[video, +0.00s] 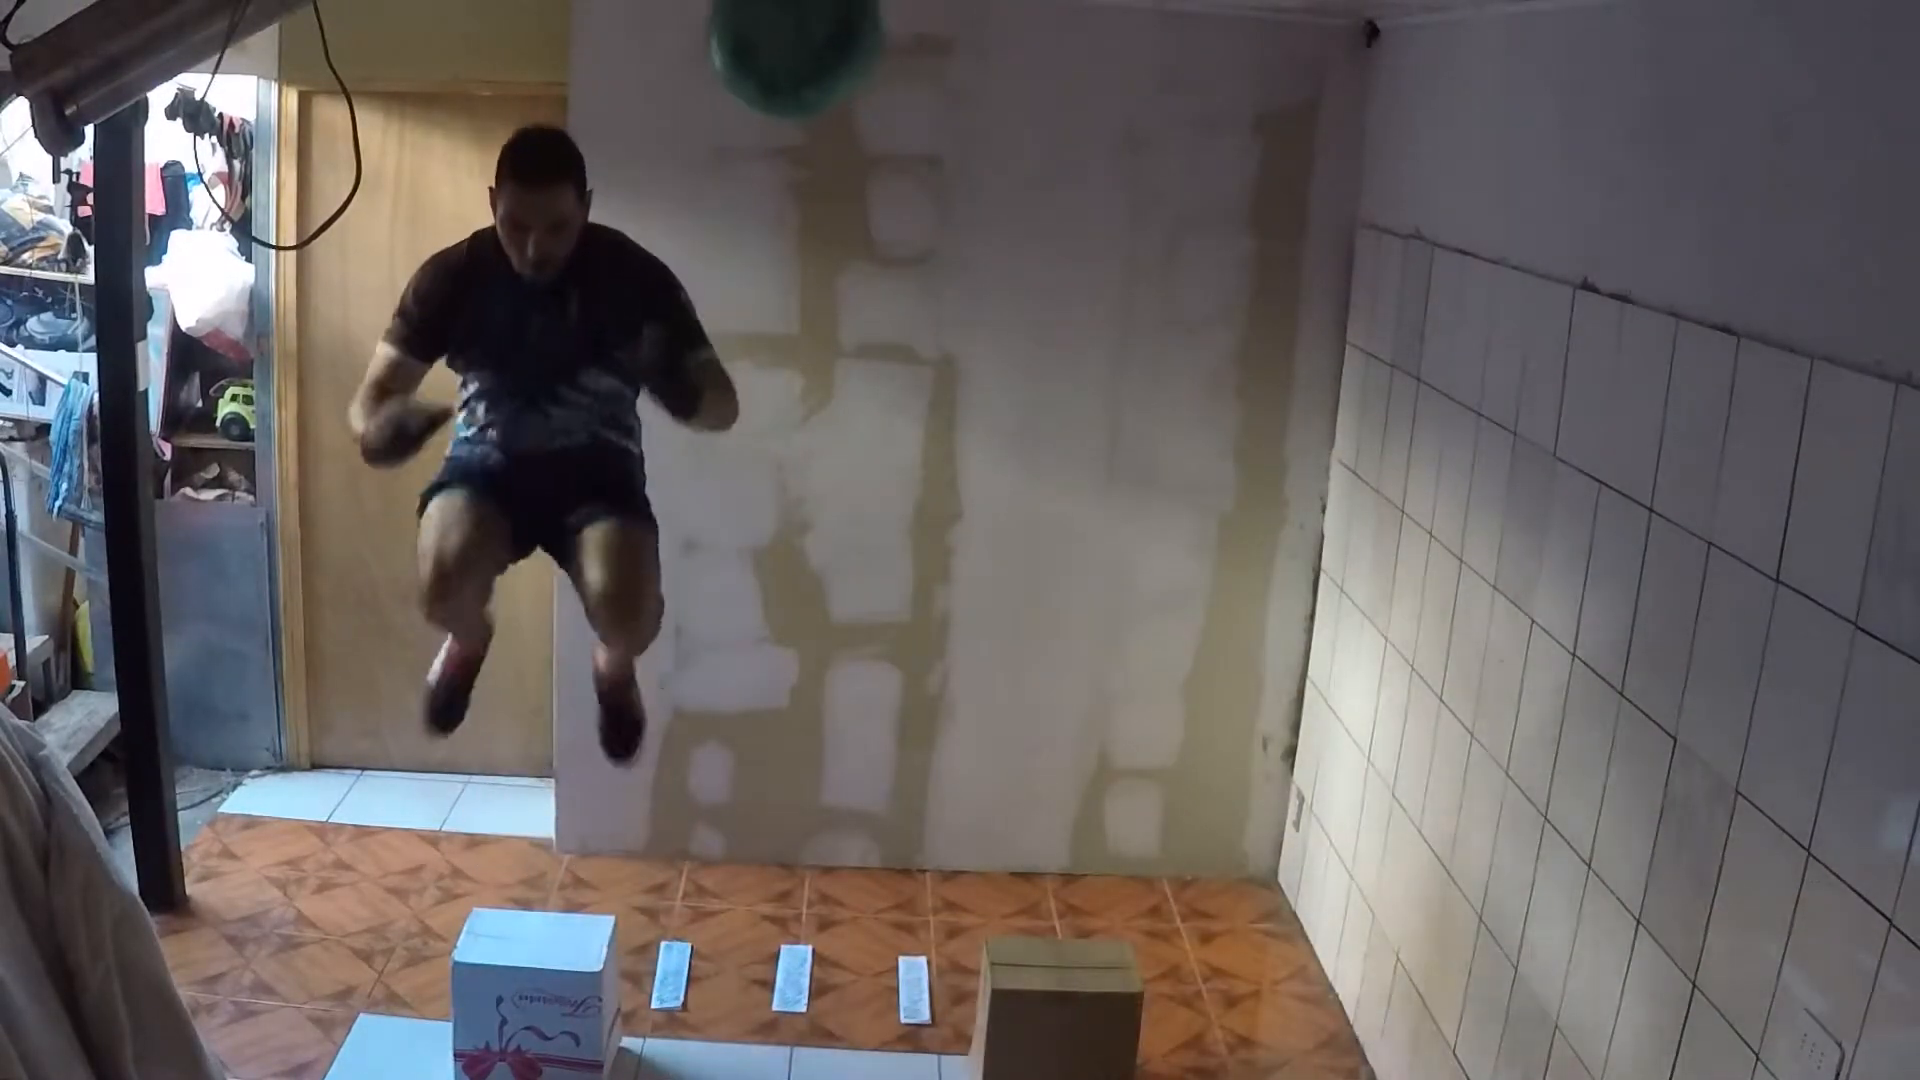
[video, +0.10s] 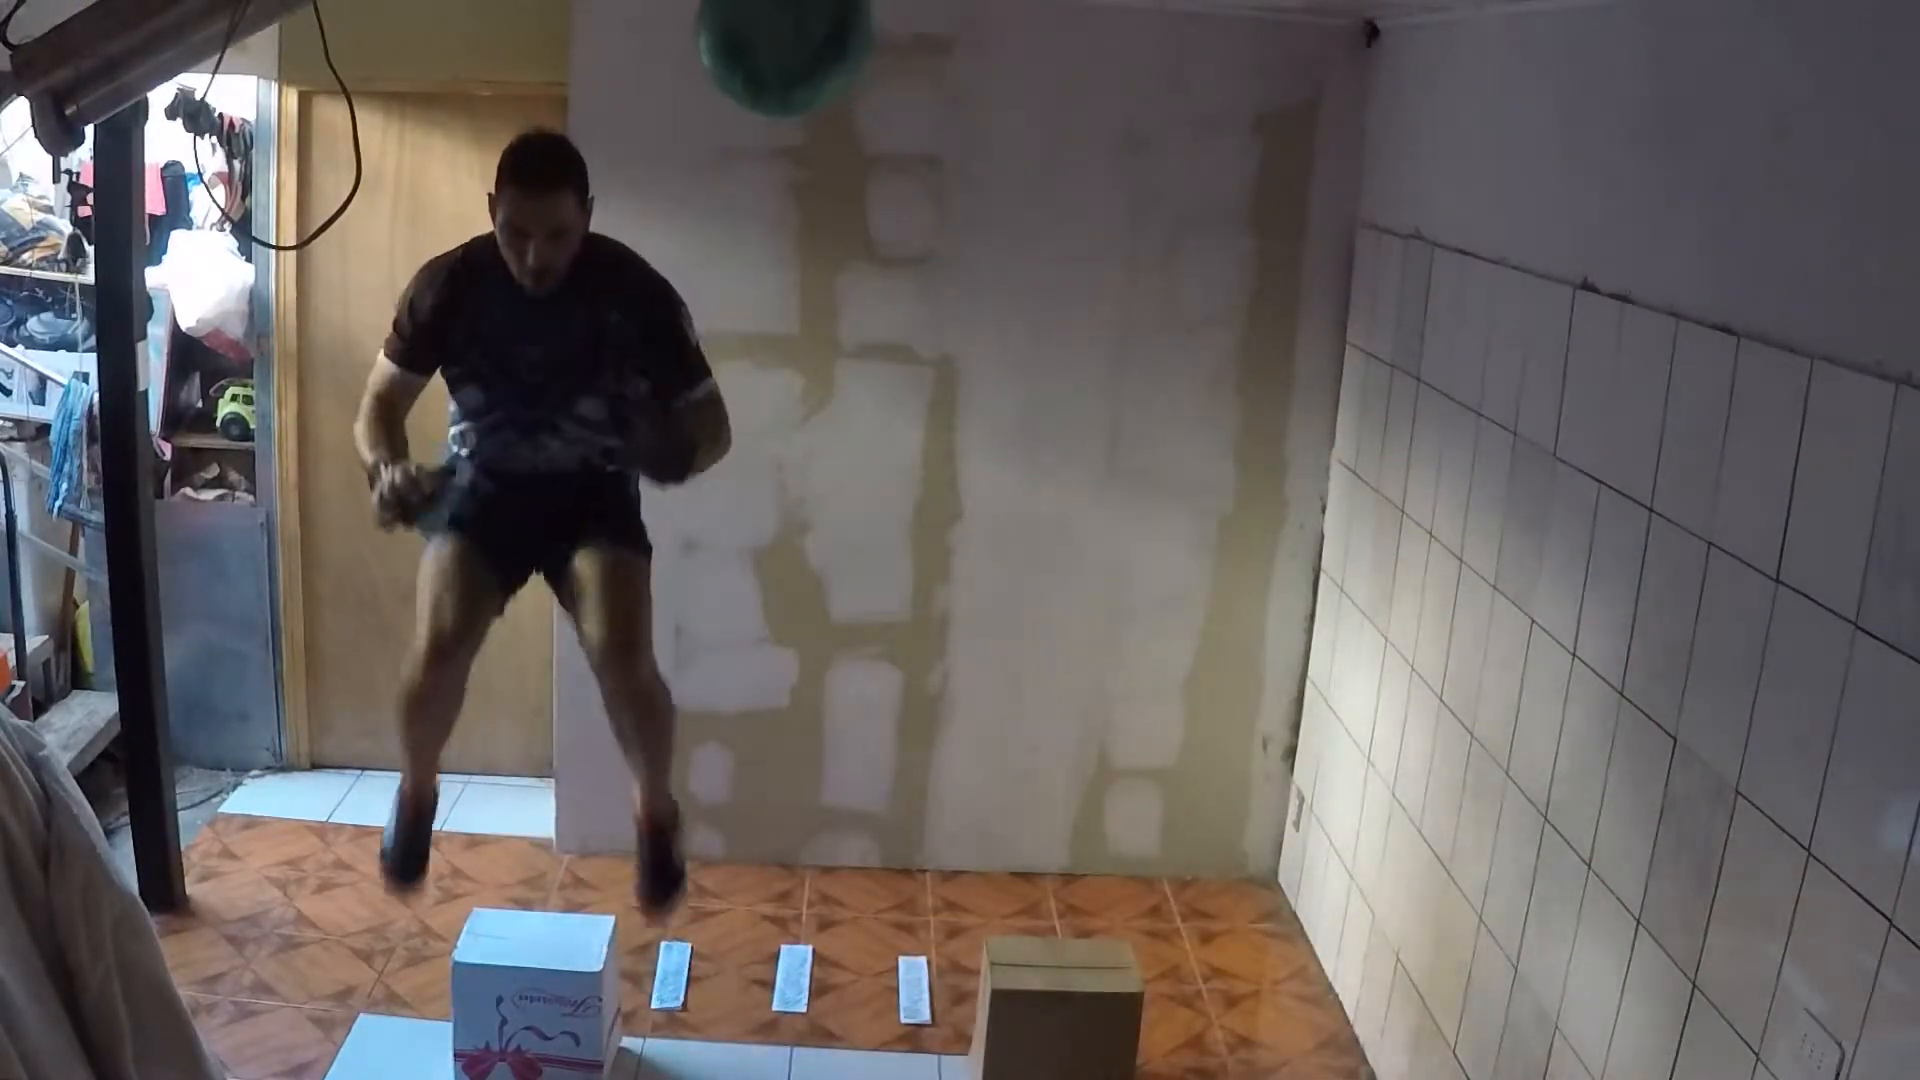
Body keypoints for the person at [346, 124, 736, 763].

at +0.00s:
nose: (535, 249)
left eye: (555, 228)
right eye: (517, 228)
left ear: (584, 209)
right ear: (495, 208)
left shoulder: (629, 273)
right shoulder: (454, 277)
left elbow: (721, 408)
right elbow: (375, 397)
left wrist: (669, 375)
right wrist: (383, 432)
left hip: (596, 447)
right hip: (490, 444)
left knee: (625, 603)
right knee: (443, 577)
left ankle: (615, 672)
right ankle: (467, 643)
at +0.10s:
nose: (534, 256)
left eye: (554, 235)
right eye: (517, 234)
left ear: (585, 217)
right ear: (493, 213)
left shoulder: (634, 290)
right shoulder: (449, 287)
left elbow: (709, 423)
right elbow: (381, 402)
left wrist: (675, 457)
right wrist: (387, 467)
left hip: (596, 487)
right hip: (486, 483)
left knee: (622, 659)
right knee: (439, 645)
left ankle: (657, 816)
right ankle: (416, 795)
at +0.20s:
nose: (538, 292)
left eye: (558, 272)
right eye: (522, 270)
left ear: (586, 262)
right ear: (494, 256)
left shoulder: (636, 344)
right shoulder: (440, 333)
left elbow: (701, 468)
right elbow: (380, 433)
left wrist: (644, 529)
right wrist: (394, 517)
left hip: (585, 578)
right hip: (472, 576)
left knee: (629, 791)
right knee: (432, 788)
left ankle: (681, 982)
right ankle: (396, 969)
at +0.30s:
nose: (536, 380)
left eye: (555, 362)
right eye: (518, 361)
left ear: (581, 367)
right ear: (489, 363)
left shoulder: (628, 465)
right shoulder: (438, 455)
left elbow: (691, 571)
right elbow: (372, 529)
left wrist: (652, 625)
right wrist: (388, 619)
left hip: (579, 719)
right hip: (464, 717)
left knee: (624, 930)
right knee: (426, 932)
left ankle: (688, 1064)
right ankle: (407, 1054)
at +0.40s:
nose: (531, 417)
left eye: (549, 402)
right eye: (513, 400)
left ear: (573, 414)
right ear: (484, 413)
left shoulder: (621, 519)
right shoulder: (426, 523)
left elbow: (662, 642)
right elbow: (360, 624)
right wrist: (383, 728)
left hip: (577, 773)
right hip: (463, 773)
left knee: (626, 969)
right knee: (432, 983)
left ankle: (678, 1059)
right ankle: (406, 1059)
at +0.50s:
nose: (544, 403)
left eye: (562, 388)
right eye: (525, 386)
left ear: (583, 402)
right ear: (489, 403)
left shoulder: (633, 510)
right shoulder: (435, 523)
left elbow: (677, 620)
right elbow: (373, 664)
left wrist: (683, 740)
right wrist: (446, 738)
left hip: (590, 769)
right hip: (471, 775)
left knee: (658, 962)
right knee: (429, 985)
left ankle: (679, 1075)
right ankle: (405, 1058)